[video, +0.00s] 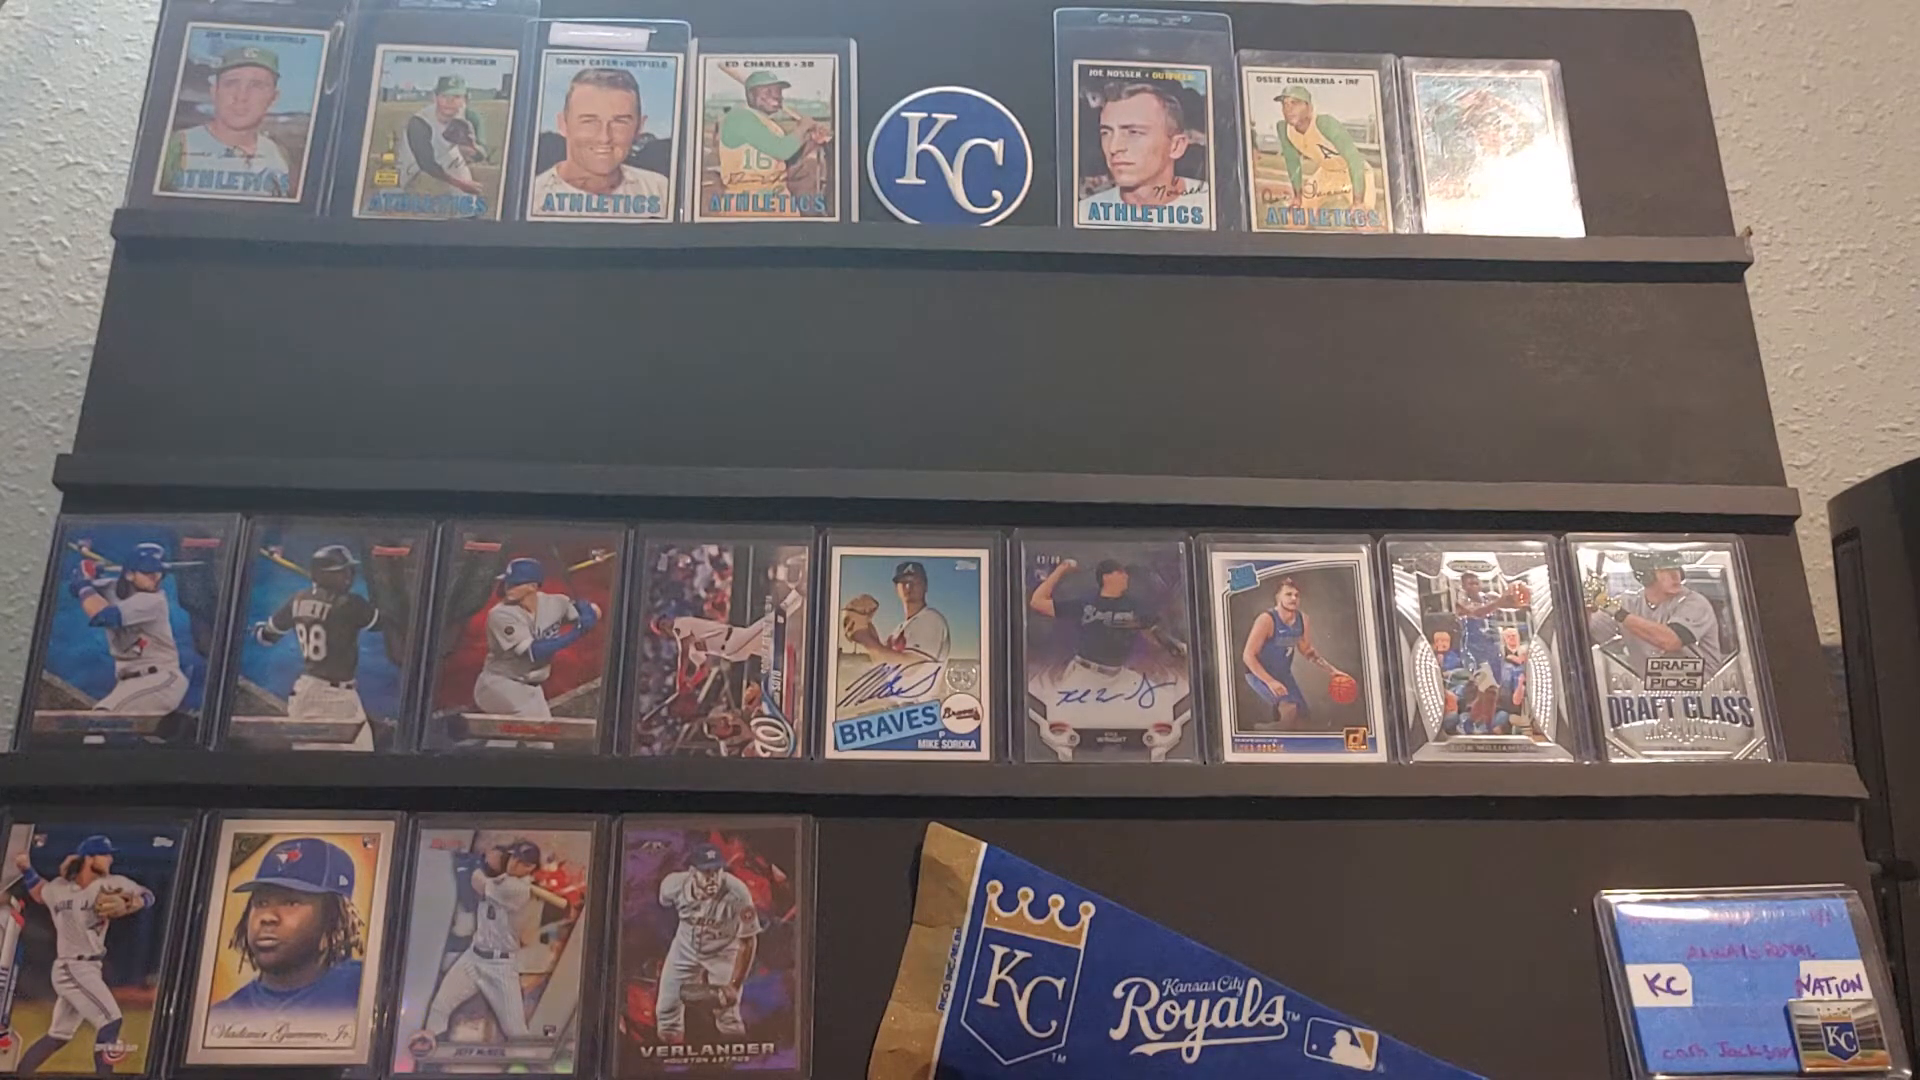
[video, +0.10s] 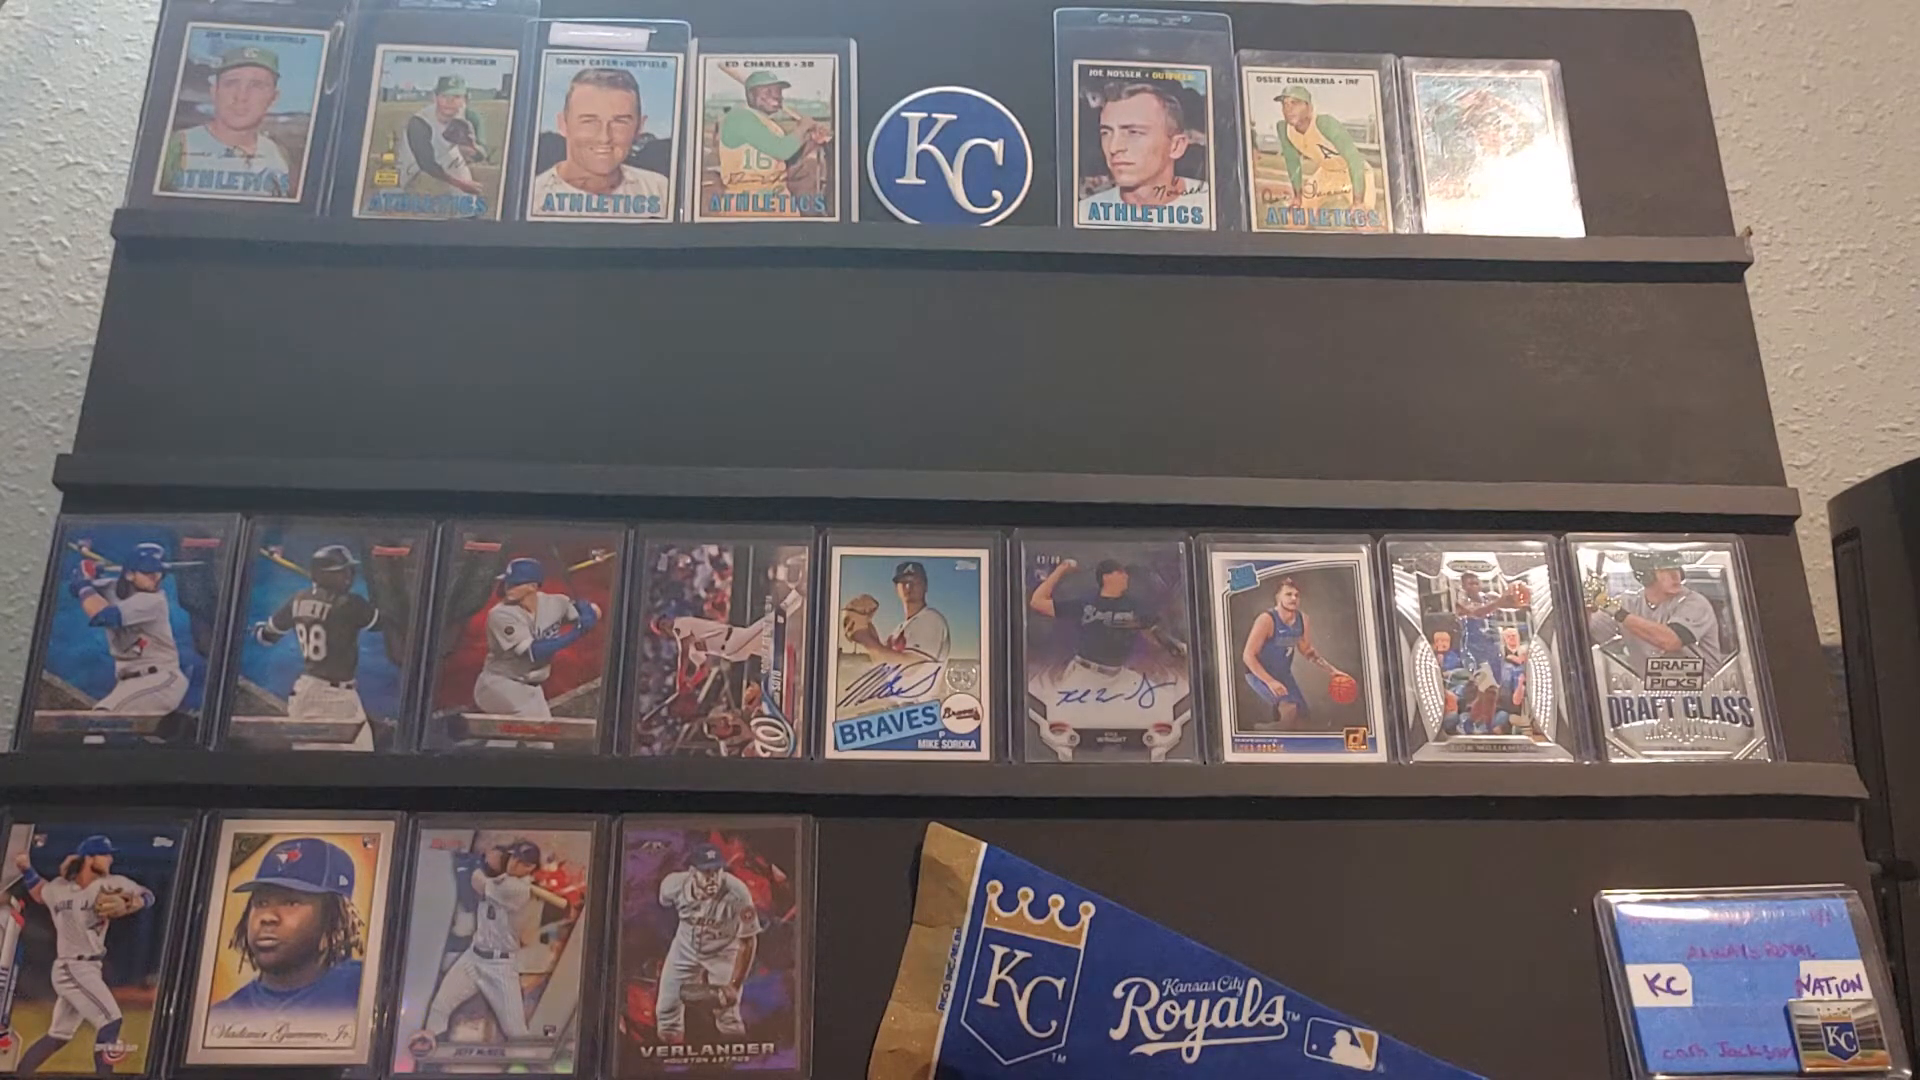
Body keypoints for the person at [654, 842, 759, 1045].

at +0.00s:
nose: (711, 878)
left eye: (716, 872)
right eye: (705, 872)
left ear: (722, 870)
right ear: (692, 871)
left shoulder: (738, 893)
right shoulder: (673, 885)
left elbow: (748, 941)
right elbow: (666, 908)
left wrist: (735, 985)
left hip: (724, 953)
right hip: (684, 947)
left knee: (727, 1014)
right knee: (666, 1009)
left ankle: (740, 1069)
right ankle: (674, 1069)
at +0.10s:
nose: (711, 878)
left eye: (716, 872)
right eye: (705, 872)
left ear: (722, 870)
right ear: (692, 871)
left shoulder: (738, 893)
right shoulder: (673, 885)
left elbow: (748, 941)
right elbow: (666, 908)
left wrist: (735, 985)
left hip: (724, 953)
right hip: (684, 947)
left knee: (727, 1014)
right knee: (666, 1009)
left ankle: (739, 1069)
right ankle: (674, 1069)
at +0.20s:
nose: (711, 878)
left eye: (716, 872)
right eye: (705, 872)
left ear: (722, 870)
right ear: (692, 871)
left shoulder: (738, 893)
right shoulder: (673, 885)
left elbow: (748, 941)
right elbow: (666, 908)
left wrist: (735, 985)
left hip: (724, 953)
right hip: (684, 947)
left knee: (727, 1014)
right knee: (666, 1008)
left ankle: (739, 1069)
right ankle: (674, 1069)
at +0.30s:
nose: (711, 878)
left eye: (716, 872)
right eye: (705, 872)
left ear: (722, 870)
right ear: (692, 871)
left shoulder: (738, 893)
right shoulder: (673, 885)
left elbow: (748, 941)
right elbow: (666, 908)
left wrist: (735, 985)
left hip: (724, 953)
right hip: (684, 947)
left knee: (727, 1014)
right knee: (666, 1008)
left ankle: (739, 1069)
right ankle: (675, 1069)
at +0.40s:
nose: (711, 878)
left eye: (715, 871)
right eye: (705, 872)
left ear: (722, 869)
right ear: (693, 870)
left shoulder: (738, 892)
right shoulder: (673, 885)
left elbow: (748, 941)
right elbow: (666, 910)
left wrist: (735, 985)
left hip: (724, 954)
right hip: (684, 948)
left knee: (727, 1015)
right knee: (666, 1009)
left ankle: (740, 1068)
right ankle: (674, 1069)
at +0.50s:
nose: (711, 878)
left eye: (716, 871)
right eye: (705, 872)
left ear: (722, 869)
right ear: (693, 870)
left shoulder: (738, 893)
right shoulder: (673, 885)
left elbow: (749, 941)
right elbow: (667, 910)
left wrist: (735, 985)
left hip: (724, 954)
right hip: (684, 948)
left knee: (727, 1015)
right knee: (666, 1009)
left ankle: (740, 1068)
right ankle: (673, 1069)